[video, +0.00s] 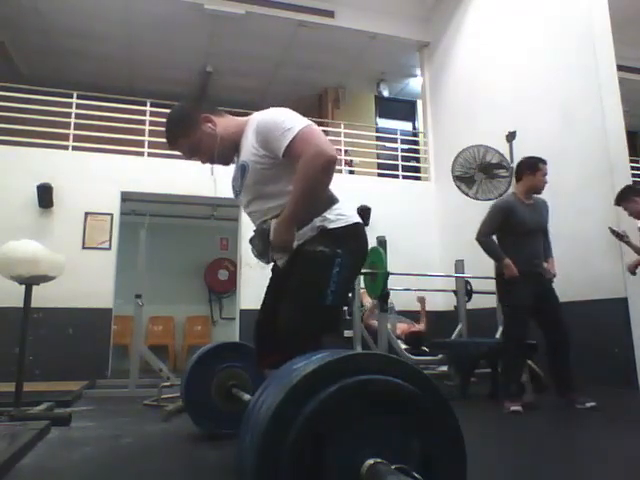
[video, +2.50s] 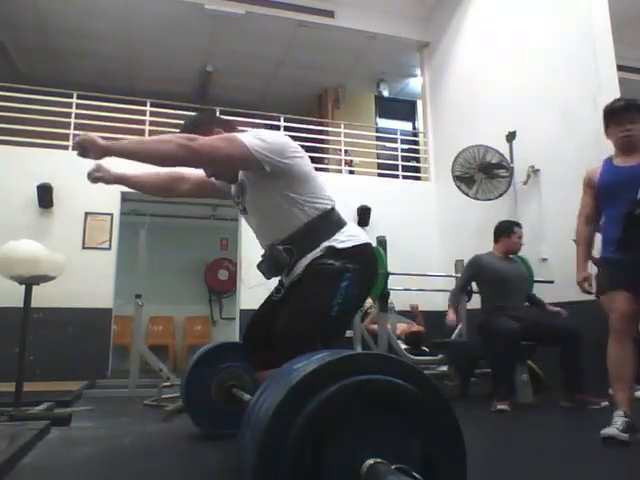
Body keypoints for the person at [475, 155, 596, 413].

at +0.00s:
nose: (546, 180)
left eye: (546, 175)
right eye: (543, 175)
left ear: (532, 176)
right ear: (527, 175)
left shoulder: (541, 206)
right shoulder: (504, 206)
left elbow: (544, 234)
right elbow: (482, 236)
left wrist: (549, 258)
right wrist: (503, 261)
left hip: (539, 279)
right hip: (513, 282)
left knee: (558, 334)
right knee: (515, 339)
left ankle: (567, 393)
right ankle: (511, 398)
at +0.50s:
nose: (569, 191)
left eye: (569, 187)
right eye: (566, 186)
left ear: (555, 188)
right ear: (550, 187)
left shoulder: (562, 220)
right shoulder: (525, 209)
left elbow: (565, 247)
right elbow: (496, 229)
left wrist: (563, 271)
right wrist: (512, 255)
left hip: (540, 282)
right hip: (515, 280)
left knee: (564, 328)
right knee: (514, 331)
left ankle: (562, 391)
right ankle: (503, 394)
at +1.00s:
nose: (564, 245)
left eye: (564, 240)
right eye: (561, 240)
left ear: (551, 242)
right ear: (548, 241)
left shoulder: (556, 267)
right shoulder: (519, 259)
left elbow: (562, 286)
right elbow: (486, 276)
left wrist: (558, 307)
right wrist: (497, 310)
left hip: (527, 314)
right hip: (500, 315)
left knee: (571, 334)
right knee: (503, 335)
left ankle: (564, 392)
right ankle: (497, 397)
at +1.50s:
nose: (517, 245)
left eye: (516, 240)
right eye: (515, 240)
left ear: (499, 241)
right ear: (509, 240)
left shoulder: (514, 267)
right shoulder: (489, 260)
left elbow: (519, 300)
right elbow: (485, 287)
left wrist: (537, 314)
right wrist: (510, 312)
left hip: (522, 320)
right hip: (497, 320)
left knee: (568, 333)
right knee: (513, 337)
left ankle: (564, 392)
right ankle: (497, 396)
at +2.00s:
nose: (517, 242)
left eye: (516, 238)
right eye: (514, 237)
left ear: (504, 238)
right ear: (504, 238)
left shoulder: (512, 266)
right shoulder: (478, 260)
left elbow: (511, 300)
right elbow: (456, 283)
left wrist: (528, 310)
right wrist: (461, 292)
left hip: (519, 316)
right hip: (496, 317)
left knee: (570, 332)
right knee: (507, 337)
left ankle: (573, 392)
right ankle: (501, 397)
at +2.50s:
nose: (521, 242)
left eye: (521, 238)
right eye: (518, 238)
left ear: (509, 238)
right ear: (504, 238)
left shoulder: (521, 263)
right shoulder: (480, 262)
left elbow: (527, 294)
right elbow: (458, 289)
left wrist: (546, 307)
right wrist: (452, 310)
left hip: (524, 315)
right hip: (496, 316)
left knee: (569, 329)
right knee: (507, 333)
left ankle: (573, 393)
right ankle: (502, 397)